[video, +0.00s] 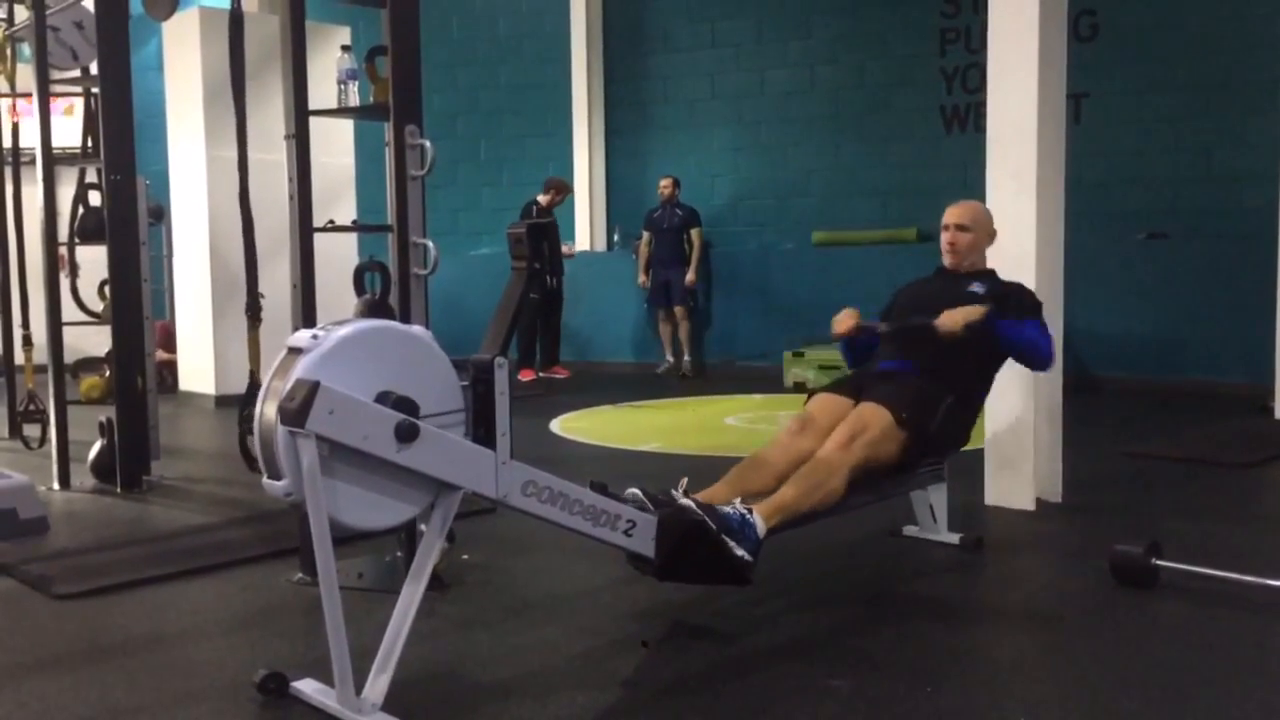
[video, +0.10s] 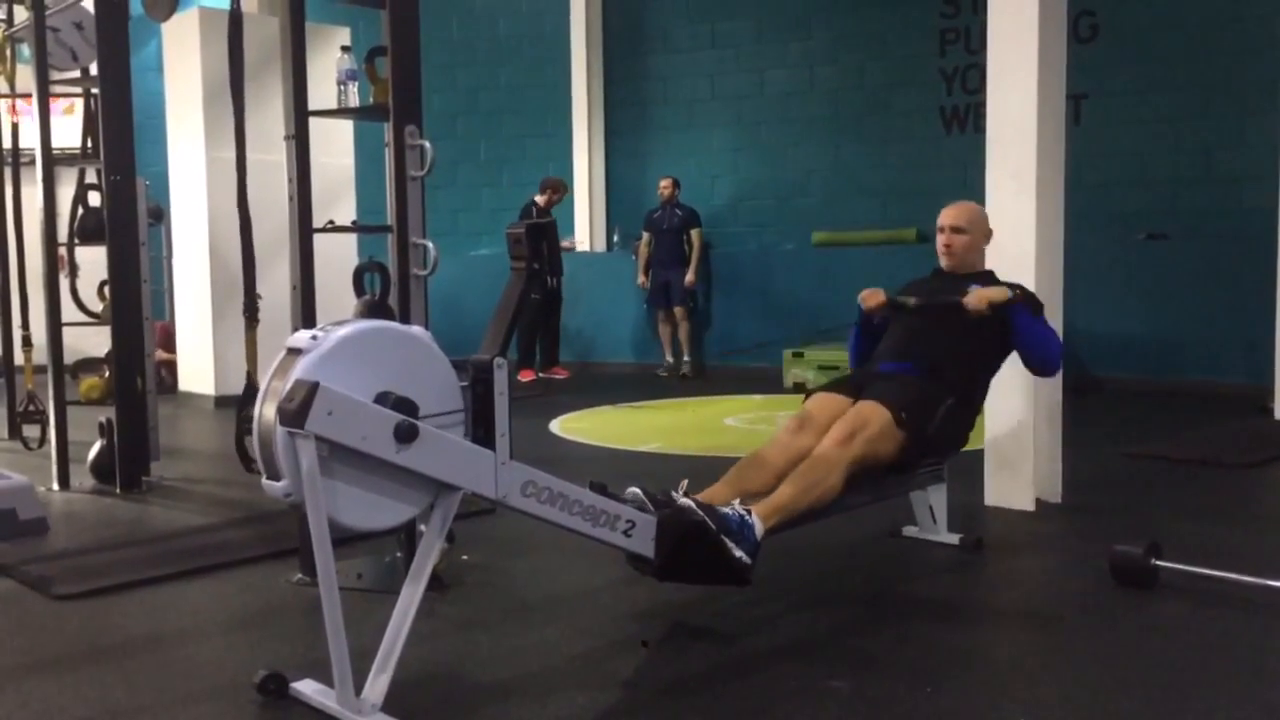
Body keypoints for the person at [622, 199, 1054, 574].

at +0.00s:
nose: (949, 238)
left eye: (961, 230)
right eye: (945, 229)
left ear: (990, 238)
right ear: (940, 236)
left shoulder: (1009, 296)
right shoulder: (916, 290)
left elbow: (1042, 355)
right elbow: (867, 356)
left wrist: (986, 318)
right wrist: (853, 333)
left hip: (930, 388)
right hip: (874, 377)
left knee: (846, 445)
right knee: (801, 429)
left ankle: (755, 524)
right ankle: (693, 507)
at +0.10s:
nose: (946, 239)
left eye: (958, 231)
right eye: (941, 231)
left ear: (986, 239)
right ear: (934, 238)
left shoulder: (1009, 298)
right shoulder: (914, 291)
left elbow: (1048, 363)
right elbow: (863, 364)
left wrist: (1010, 304)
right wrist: (869, 320)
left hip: (930, 389)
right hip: (873, 380)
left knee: (843, 440)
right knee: (799, 428)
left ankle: (752, 525)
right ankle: (695, 507)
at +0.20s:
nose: (932, 234)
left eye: (945, 226)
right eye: (928, 225)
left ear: (972, 231)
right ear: (921, 229)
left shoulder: (1002, 289)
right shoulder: (903, 285)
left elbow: (1034, 353)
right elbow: (854, 356)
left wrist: (983, 308)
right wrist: (848, 321)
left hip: (932, 400)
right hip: (871, 387)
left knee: (845, 430)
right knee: (804, 419)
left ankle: (754, 525)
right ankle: (697, 508)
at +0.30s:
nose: (909, 222)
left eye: (920, 212)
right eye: (903, 213)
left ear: (948, 212)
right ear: (898, 215)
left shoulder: (986, 273)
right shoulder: (883, 274)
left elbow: (1000, 337)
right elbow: (837, 335)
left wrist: (937, 323)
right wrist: (810, 333)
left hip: (932, 394)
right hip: (871, 381)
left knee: (840, 419)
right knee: (793, 411)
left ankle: (753, 525)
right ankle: (701, 507)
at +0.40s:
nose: (875, 215)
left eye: (887, 205)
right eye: (869, 205)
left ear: (917, 205)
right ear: (863, 209)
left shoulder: (954, 264)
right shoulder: (854, 269)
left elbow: (955, 331)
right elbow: (805, 327)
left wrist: (886, 339)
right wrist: (769, 338)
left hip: (920, 396)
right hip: (854, 388)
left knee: (831, 407)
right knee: (767, 398)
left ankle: (751, 526)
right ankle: (691, 510)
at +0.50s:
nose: (838, 218)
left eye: (850, 207)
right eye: (832, 208)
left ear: (881, 205)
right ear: (825, 211)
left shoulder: (918, 265)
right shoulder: (821, 270)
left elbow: (911, 332)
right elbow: (772, 327)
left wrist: (837, 358)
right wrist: (719, 356)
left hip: (906, 410)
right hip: (835, 403)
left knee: (820, 397)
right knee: (741, 394)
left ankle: (747, 528)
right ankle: (688, 510)